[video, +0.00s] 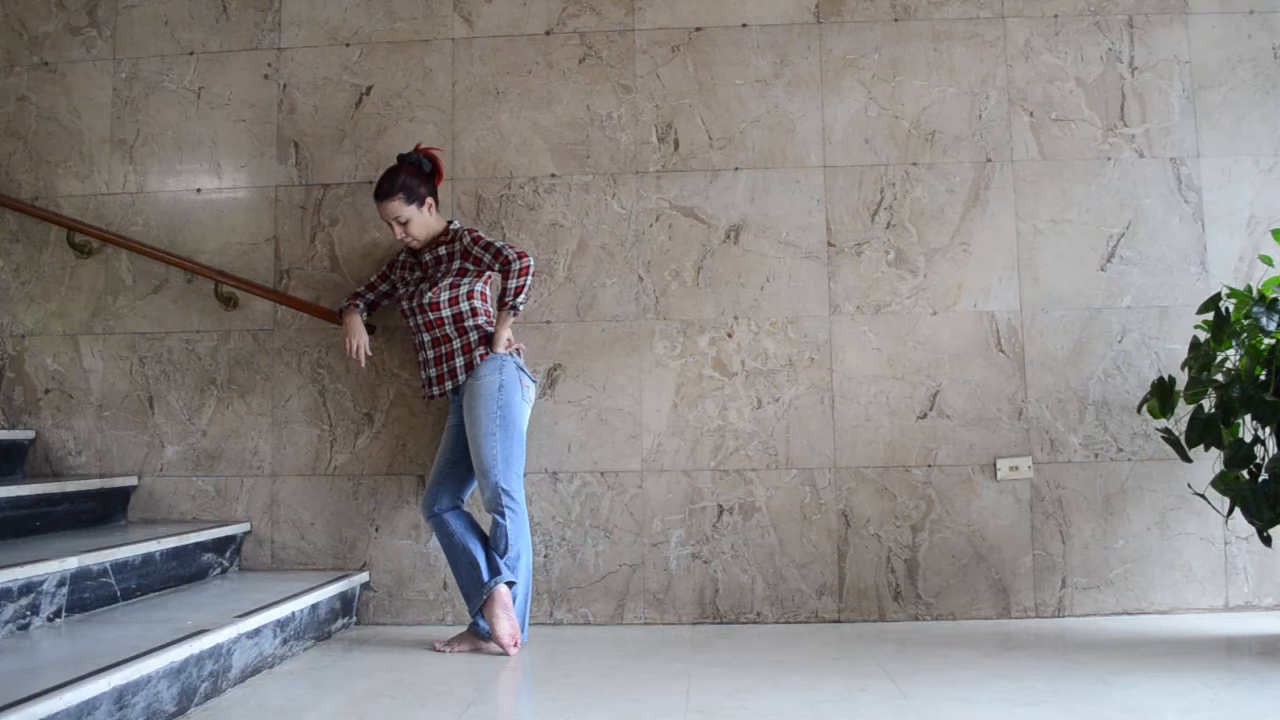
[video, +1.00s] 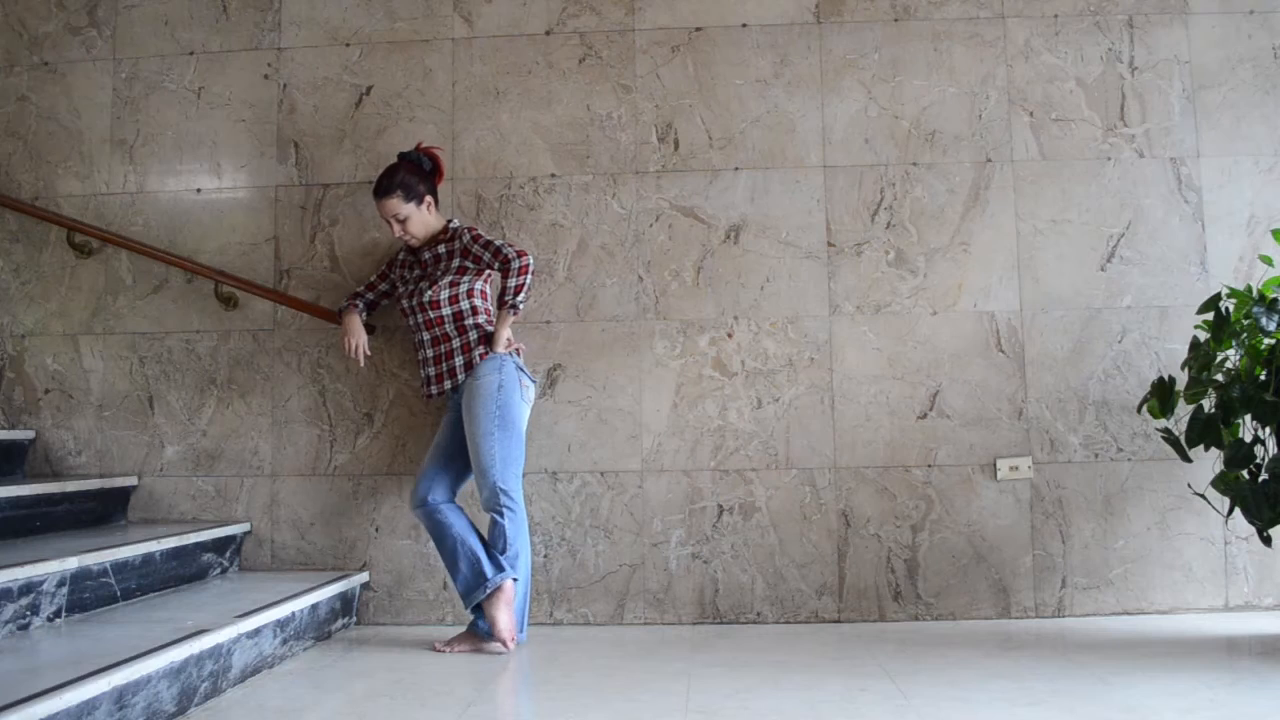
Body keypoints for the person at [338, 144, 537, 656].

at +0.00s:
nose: (398, 233)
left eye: (402, 221)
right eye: (390, 225)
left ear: (429, 203)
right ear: (390, 220)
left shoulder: (465, 241)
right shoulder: (406, 263)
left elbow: (518, 262)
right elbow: (364, 297)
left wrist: (506, 321)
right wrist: (353, 317)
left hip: (493, 371)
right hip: (461, 393)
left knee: (501, 492)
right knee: (440, 502)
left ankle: (501, 628)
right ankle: (494, 597)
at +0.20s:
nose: (398, 233)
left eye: (402, 221)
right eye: (390, 225)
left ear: (429, 203)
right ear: (390, 220)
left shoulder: (465, 241)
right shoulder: (406, 263)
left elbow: (518, 262)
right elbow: (364, 297)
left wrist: (506, 321)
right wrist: (353, 317)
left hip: (493, 371)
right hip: (461, 393)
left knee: (501, 492)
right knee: (440, 502)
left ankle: (502, 628)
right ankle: (494, 597)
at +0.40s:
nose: (398, 233)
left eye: (402, 221)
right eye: (390, 225)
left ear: (429, 203)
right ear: (390, 220)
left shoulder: (465, 241)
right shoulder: (406, 263)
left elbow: (518, 262)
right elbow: (364, 297)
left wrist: (507, 321)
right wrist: (353, 317)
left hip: (493, 371)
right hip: (461, 392)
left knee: (501, 492)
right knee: (440, 502)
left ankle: (502, 628)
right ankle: (494, 597)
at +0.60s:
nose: (398, 233)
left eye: (402, 221)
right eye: (390, 225)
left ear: (429, 203)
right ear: (390, 220)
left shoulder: (465, 241)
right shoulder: (405, 263)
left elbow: (518, 262)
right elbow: (364, 297)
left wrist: (507, 321)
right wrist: (353, 317)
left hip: (493, 371)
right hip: (461, 392)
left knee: (501, 492)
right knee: (440, 502)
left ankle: (501, 628)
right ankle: (494, 597)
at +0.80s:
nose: (397, 232)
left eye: (401, 220)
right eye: (389, 224)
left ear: (428, 203)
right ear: (390, 219)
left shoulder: (464, 240)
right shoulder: (405, 263)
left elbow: (518, 261)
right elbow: (364, 297)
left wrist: (506, 321)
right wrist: (352, 316)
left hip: (493, 371)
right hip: (461, 392)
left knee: (500, 493)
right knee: (437, 499)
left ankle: (501, 628)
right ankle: (494, 594)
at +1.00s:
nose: (397, 231)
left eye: (400, 219)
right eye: (389, 223)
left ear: (428, 202)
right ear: (391, 218)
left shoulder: (464, 239)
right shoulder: (405, 262)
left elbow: (517, 261)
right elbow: (364, 297)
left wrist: (505, 322)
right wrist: (352, 316)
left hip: (493, 371)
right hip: (460, 392)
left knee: (500, 492)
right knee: (430, 496)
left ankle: (499, 628)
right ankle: (494, 591)